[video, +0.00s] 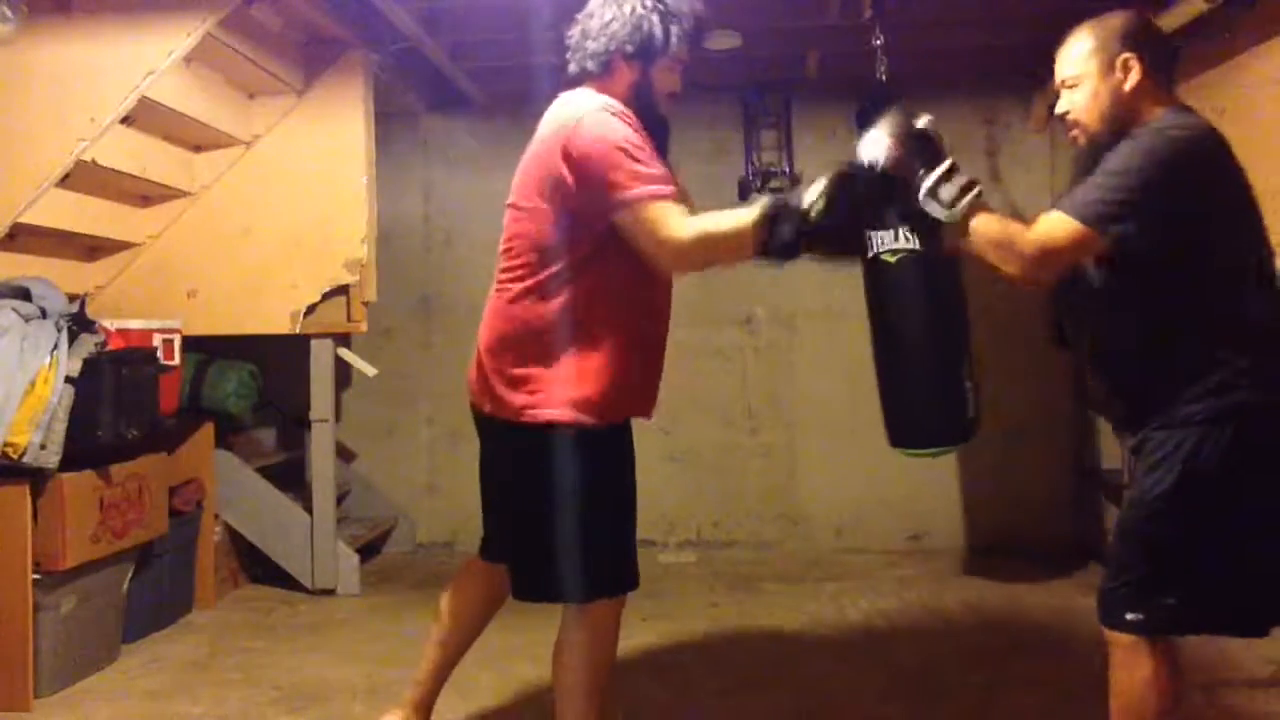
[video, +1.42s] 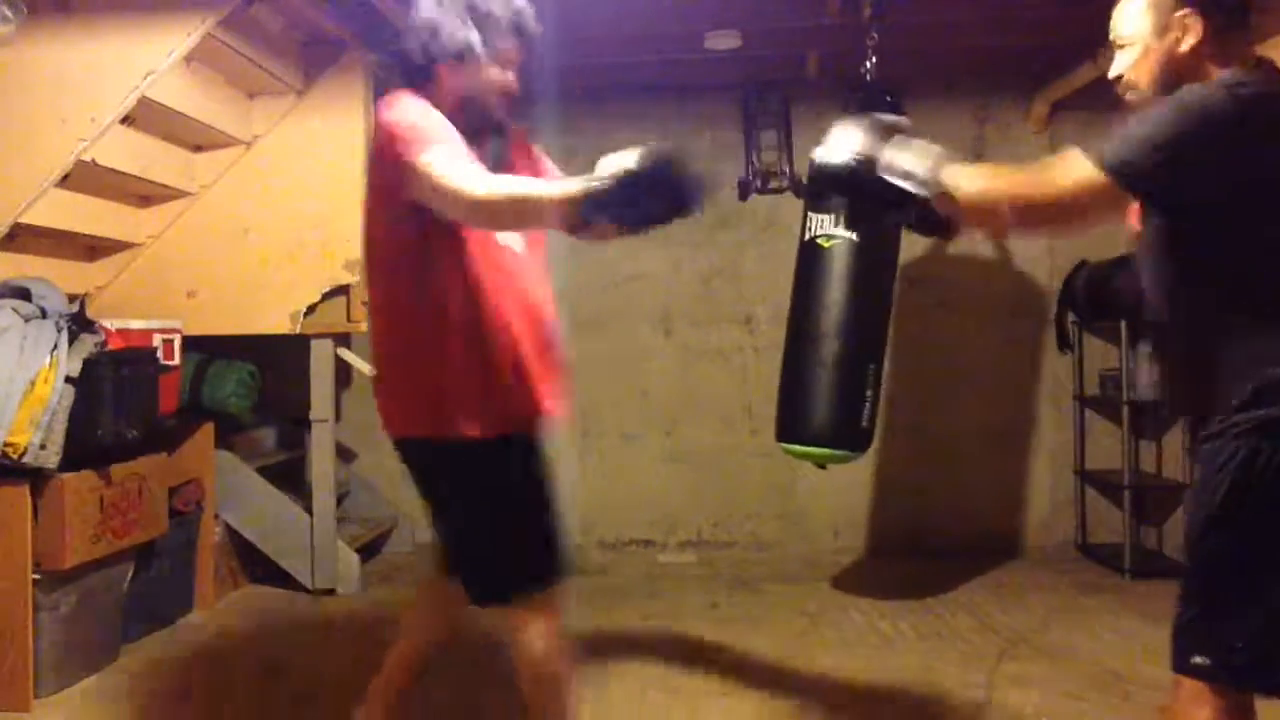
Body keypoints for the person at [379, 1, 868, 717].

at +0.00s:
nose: (681, 83)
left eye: (682, 66)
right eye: (673, 65)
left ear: (611, 62)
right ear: (625, 60)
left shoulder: (588, 119)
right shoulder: (597, 124)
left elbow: (673, 235)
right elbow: (676, 244)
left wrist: (767, 222)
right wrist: (785, 213)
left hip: (523, 390)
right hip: (568, 399)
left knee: (497, 558)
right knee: (599, 595)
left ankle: (413, 705)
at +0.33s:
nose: (665, 82)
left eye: (666, 66)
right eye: (657, 64)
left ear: (600, 64)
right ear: (608, 58)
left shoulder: (574, 123)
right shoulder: (574, 124)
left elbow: (654, 240)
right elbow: (648, 248)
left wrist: (751, 205)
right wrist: (757, 201)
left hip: (513, 392)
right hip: (566, 399)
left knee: (495, 554)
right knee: (597, 589)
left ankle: (414, 702)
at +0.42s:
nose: (653, 85)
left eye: (653, 68)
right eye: (645, 66)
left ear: (593, 68)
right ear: (597, 63)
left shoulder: (576, 129)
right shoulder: (564, 126)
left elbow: (690, 218)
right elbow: (687, 216)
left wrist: (805, 195)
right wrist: (814, 191)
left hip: (541, 391)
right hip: (530, 395)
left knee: (498, 557)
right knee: (588, 587)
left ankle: (415, 698)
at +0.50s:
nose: (640, 89)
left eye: (641, 71)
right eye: (630, 70)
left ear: (585, 71)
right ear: (581, 67)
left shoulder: (560, 129)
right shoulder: (556, 125)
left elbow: (713, 182)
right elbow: (707, 173)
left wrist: (840, 190)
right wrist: (841, 179)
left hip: (506, 394)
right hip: (521, 396)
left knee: (491, 561)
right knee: (578, 582)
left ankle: (405, 702)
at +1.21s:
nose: (572, 88)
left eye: (572, 71)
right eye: (560, 71)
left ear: (528, 72)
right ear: (507, 68)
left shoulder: (539, 148)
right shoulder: (470, 134)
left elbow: (657, 194)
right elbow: (616, 171)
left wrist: (774, 180)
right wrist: (763, 159)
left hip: (534, 406)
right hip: (497, 412)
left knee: (493, 565)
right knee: (574, 586)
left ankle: (401, 702)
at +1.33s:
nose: (537, 105)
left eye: (540, 87)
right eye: (527, 86)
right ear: (475, 83)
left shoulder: (513, 160)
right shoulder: (432, 152)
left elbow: (603, 220)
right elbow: (556, 206)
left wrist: (714, 196)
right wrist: (686, 177)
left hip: (518, 426)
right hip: (485, 432)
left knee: (497, 580)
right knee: (584, 583)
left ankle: (392, 706)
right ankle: (570, 716)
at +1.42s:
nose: (516, 82)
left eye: (518, 65)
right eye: (502, 63)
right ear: (448, 62)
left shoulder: (504, 142)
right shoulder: (406, 118)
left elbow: (568, 213)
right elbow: (471, 198)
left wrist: (630, 203)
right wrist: (590, 191)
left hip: (499, 401)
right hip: (446, 406)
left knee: (453, 586)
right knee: (535, 600)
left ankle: (380, 706)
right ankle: (551, 712)